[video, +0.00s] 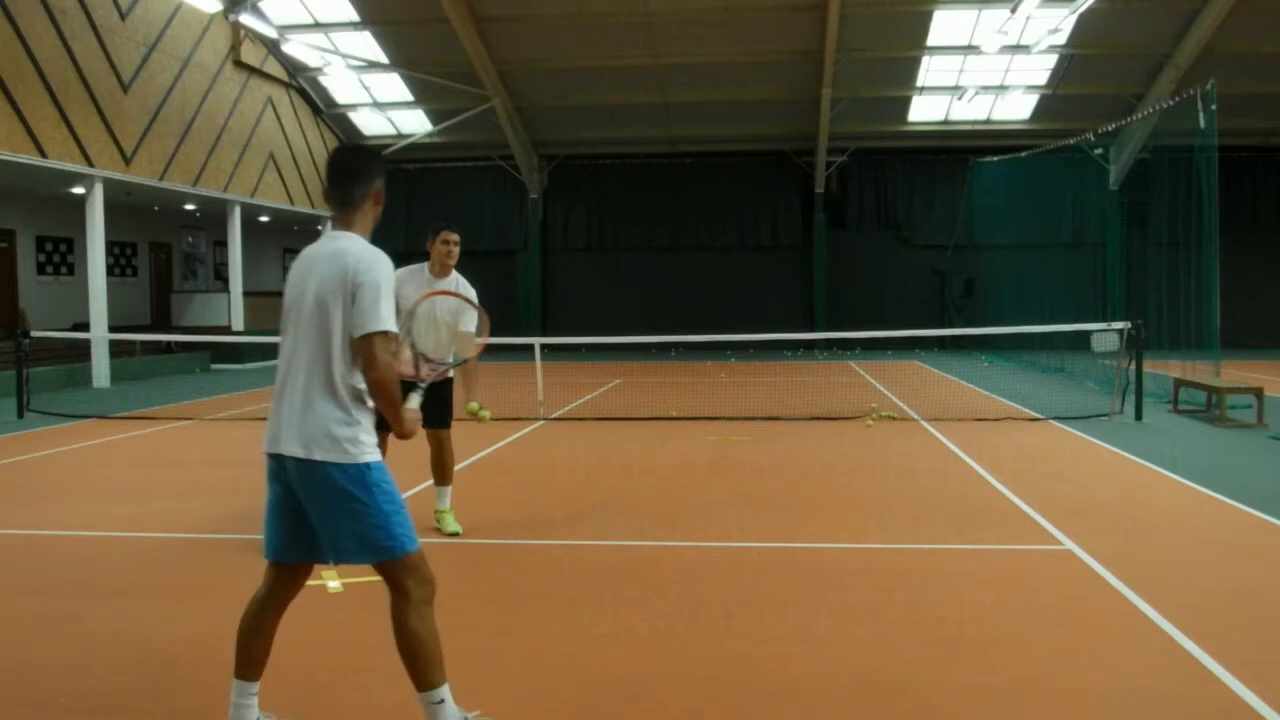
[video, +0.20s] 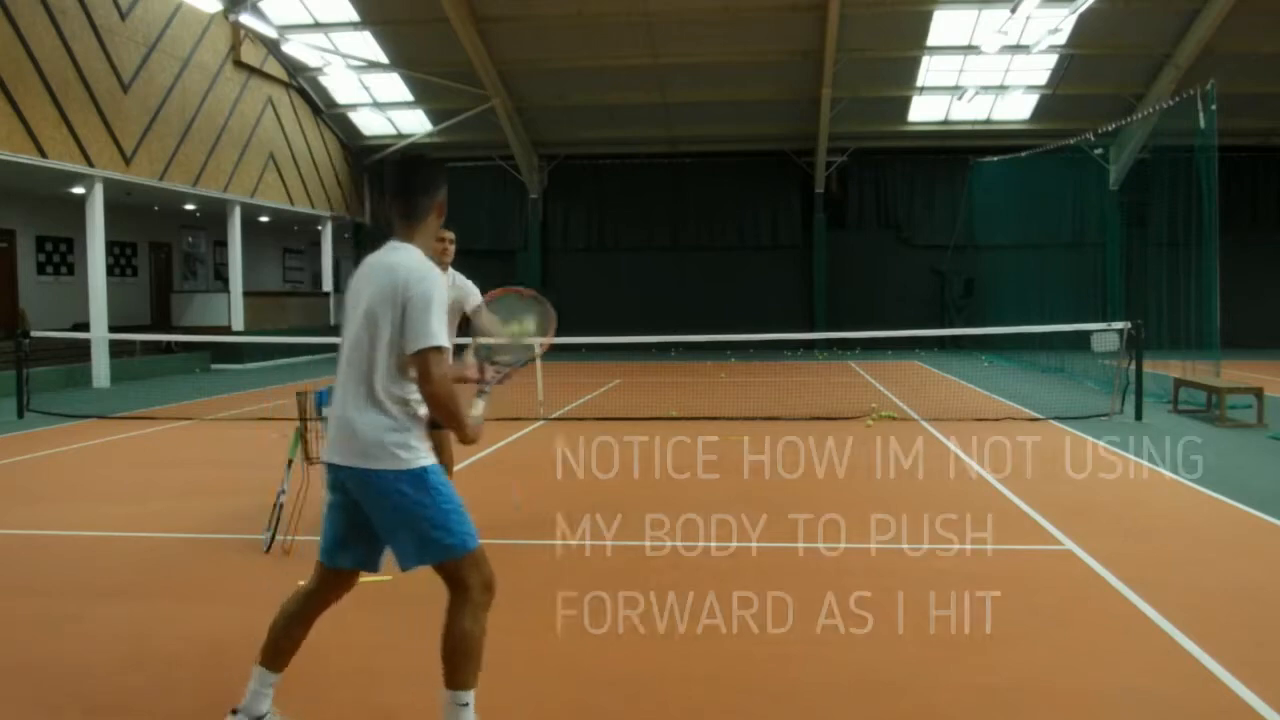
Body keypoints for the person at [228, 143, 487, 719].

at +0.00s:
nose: (384, 202)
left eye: (378, 192)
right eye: (384, 193)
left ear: (329, 194)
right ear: (377, 195)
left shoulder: (307, 258)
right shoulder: (367, 261)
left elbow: (324, 354)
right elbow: (377, 366)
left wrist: (401, 366)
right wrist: (397, 419)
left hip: (289, 445)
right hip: (340, 450)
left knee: (281, 581)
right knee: (414, 582)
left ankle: (242, 709)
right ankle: (443, 711)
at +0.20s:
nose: (446, 213)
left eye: (445, 204)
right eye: (445, 203)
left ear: (391, 207)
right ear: (437, 205)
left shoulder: (371, 267)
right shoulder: (422, 275)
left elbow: (379, 369)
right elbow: (434, 380)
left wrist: (441, 395)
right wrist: (465, 427)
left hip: (350, 453)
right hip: (394, 456)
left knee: (329, 582)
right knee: (475, 584)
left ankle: (253, 704)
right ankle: (459, 712)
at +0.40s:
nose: (517, 207)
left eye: (513, 199)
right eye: (517, 199)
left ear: (466, 202)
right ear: (511, 203)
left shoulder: (444, 262)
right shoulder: (494, 271)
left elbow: (461, 353)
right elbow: (510, 379)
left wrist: (533, 357)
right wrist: (541, 416)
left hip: (422, 445)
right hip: (462, 452)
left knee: (459, 555)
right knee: (518, 588)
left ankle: (361, 661)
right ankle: (468, 712)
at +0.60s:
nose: (569, 222)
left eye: (563, 214)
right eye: (569, 214)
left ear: (520, 216)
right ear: (563, 219)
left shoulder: (502, 275)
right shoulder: (545, 283)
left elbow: (528, 367)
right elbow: (569, 383)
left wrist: (598, 362)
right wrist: (606, 413)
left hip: (489, 451)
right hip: (514, 458)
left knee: (557, 548)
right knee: (544, 596)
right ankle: (481, 710)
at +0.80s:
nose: (619, 232)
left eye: (615, 224)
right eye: (619, 225)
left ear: (572, 231)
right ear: (613, 230)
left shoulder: (570, 287)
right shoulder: (582, 292)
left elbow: (613, 364)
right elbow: (628, 378)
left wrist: (679, 346)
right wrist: (689, 390)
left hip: (577, 455)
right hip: (561, 463)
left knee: (635, 532)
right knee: (575, 595)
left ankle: (612, 657)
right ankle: (481, 705)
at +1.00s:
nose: (657, 217)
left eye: (656, 210)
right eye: (657, 209)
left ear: (625, 209)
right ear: (649, 210)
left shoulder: (644, 264)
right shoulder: (602, 257)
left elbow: (695, 319)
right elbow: (631, 298)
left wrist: (737, 280)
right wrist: (717, 295)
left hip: (608, 415)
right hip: (582, 416)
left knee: (643, 525)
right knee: (643, 526)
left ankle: (613, 640)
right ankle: (598, 654)